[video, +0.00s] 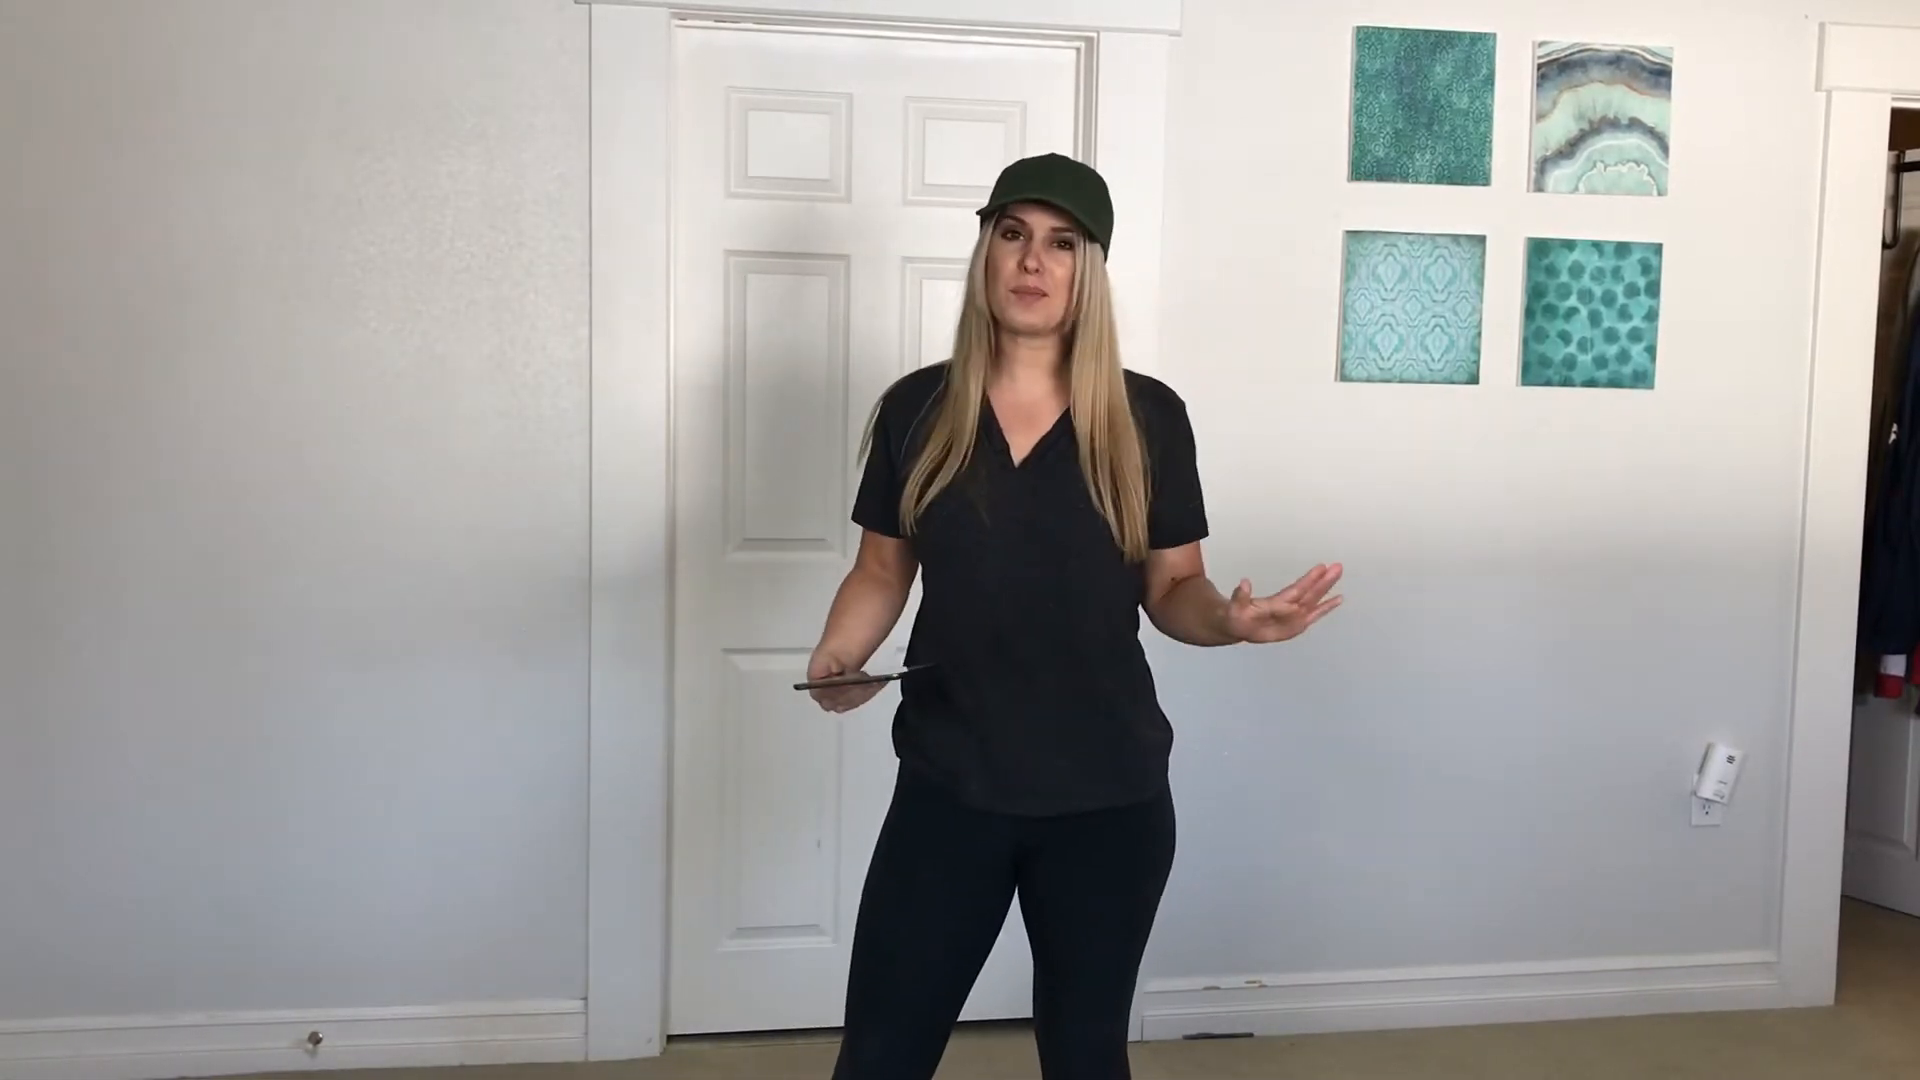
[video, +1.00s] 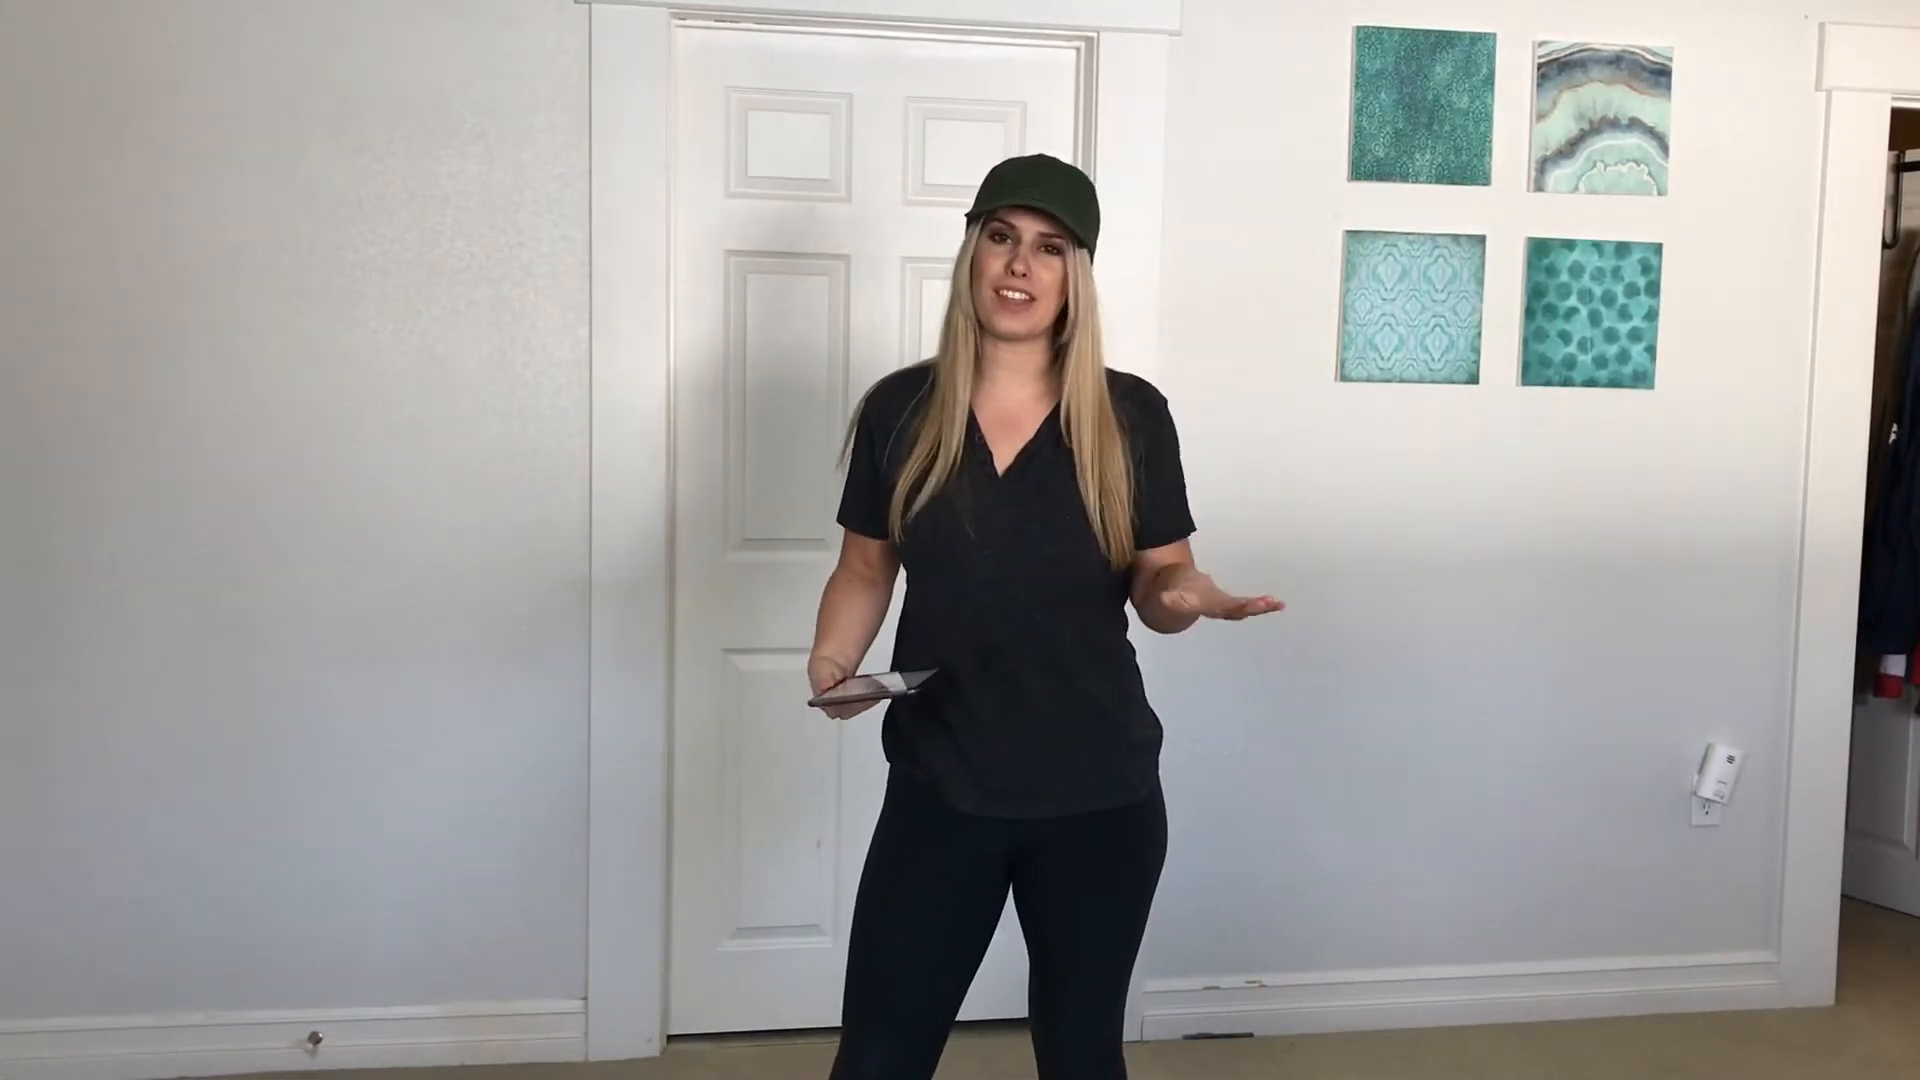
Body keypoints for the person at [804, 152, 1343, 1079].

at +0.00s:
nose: (1031, 261)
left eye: (1059, 243)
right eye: (1012, 237)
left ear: (1090, 271)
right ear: (984, 255)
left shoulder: (1145, 414)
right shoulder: (919, 409)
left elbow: (1173, 588)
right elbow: (878, 571)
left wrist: (1230, 619)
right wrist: (838, 654)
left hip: (1105, 789)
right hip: (951, 785)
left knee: (1085, 1054)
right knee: (880, 1055)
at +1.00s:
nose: (1020, 264)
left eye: (1048, 247)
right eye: (1001, 238)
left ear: (1077, 276)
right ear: (969, 255)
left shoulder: (1130, 413)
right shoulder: (901, 409)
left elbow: (1160, 585)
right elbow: (864, 566)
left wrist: (1192, 594)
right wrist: (833, 659)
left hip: (1097, 792)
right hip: (942, 786)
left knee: (1081, 1055)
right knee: (879, 1058)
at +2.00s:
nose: (1022, 257)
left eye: (1053, 245)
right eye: (1006, 230)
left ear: (1077, 280)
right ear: (971, 248)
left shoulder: (1123, 405)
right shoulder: (896, 409)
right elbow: (860, 559)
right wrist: (825, 658)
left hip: (1093, 789)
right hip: (940, 786)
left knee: (1077, 1054)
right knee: (875, 1058)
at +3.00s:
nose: (1022, 277)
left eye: (1053, 262)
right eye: (1006, 249)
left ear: (1084, 288)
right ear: (975, 260)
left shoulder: (1136, 412)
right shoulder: (911, 407)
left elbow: (1175, 583)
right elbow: (879, 562)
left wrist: (1217, 583)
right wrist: (845, 659)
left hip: (1099, 793)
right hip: (946, 787)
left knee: (1080, 1055)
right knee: (876, 1057)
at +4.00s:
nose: (1025, 274)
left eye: (1054, 257)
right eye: (1006, 249)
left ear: (1083, 281)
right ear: (974, 264)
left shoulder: (1136, 413)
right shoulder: (914, 410)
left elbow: (1179, 604)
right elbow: (884, 565)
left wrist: (1226, 512)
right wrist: (848, 659)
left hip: (1099, 797)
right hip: (947, 792)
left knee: (1080, 1058)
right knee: (875, 1059)